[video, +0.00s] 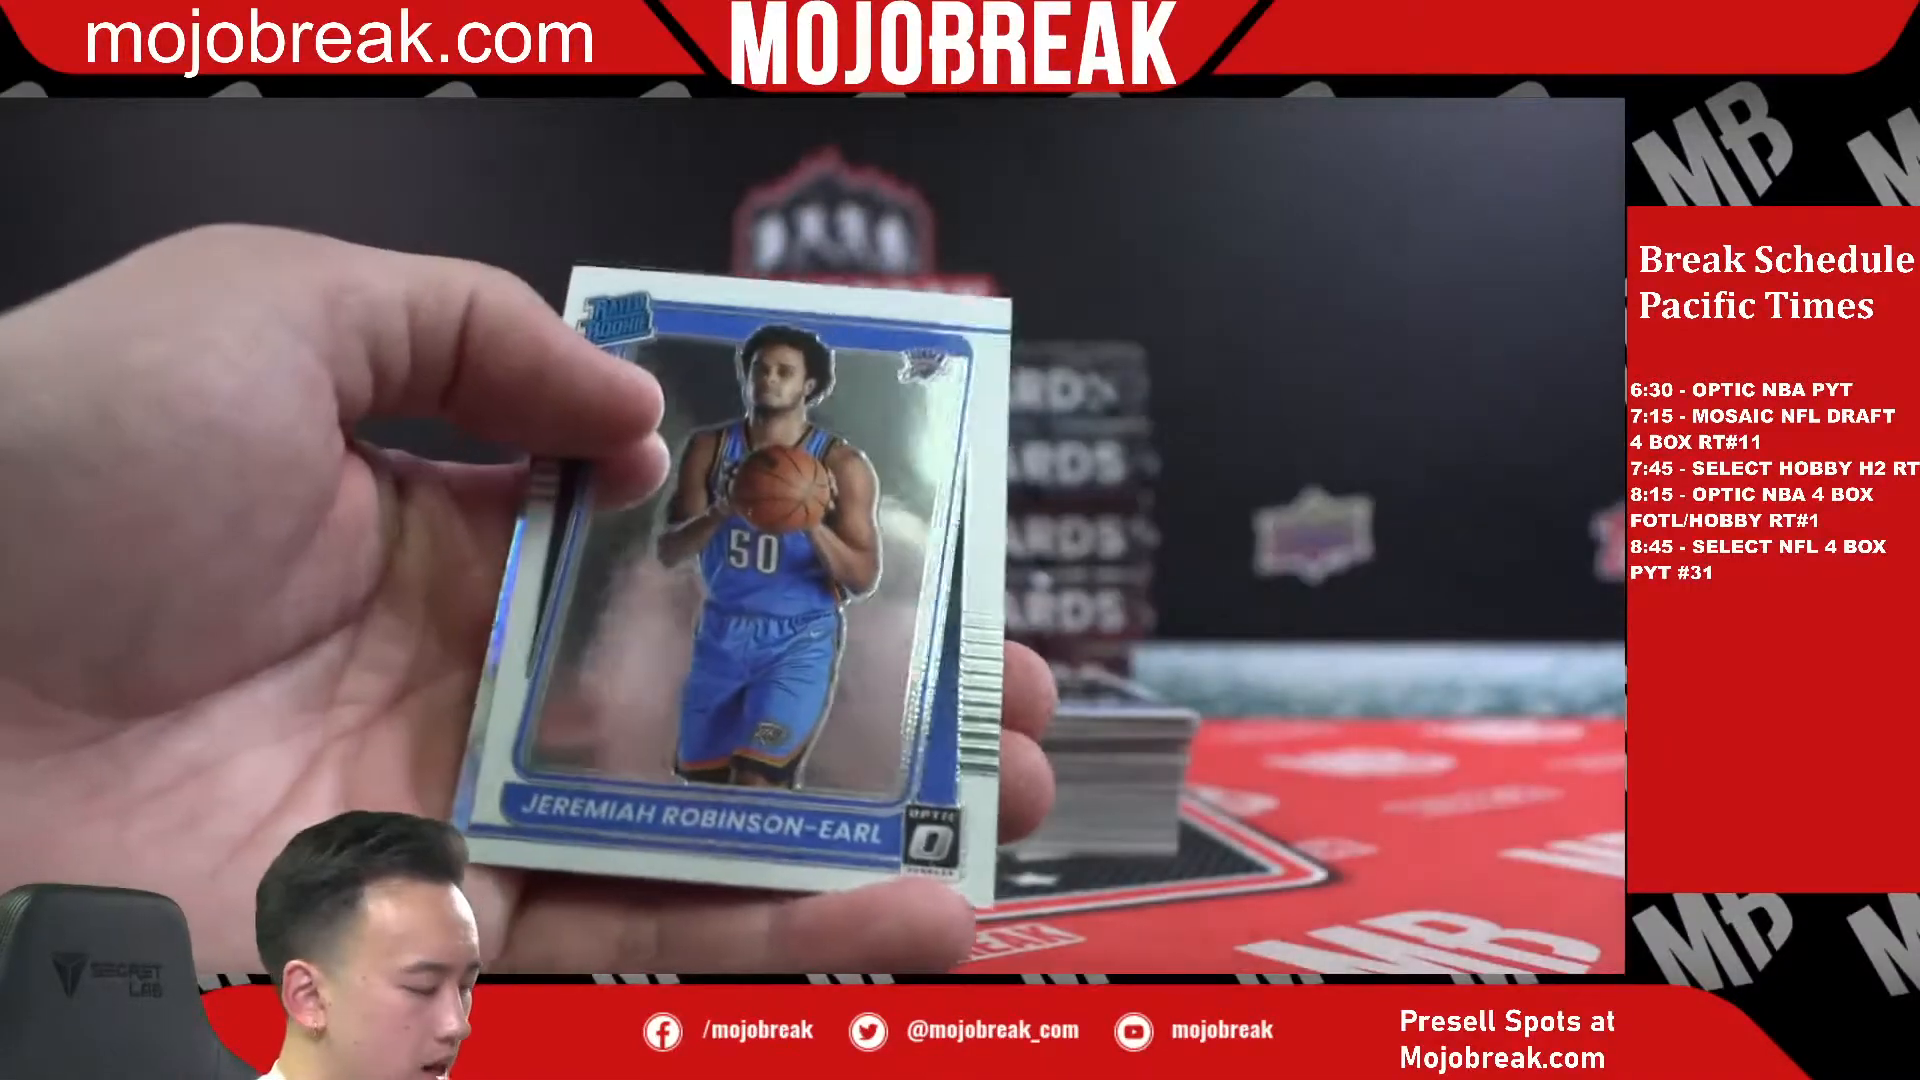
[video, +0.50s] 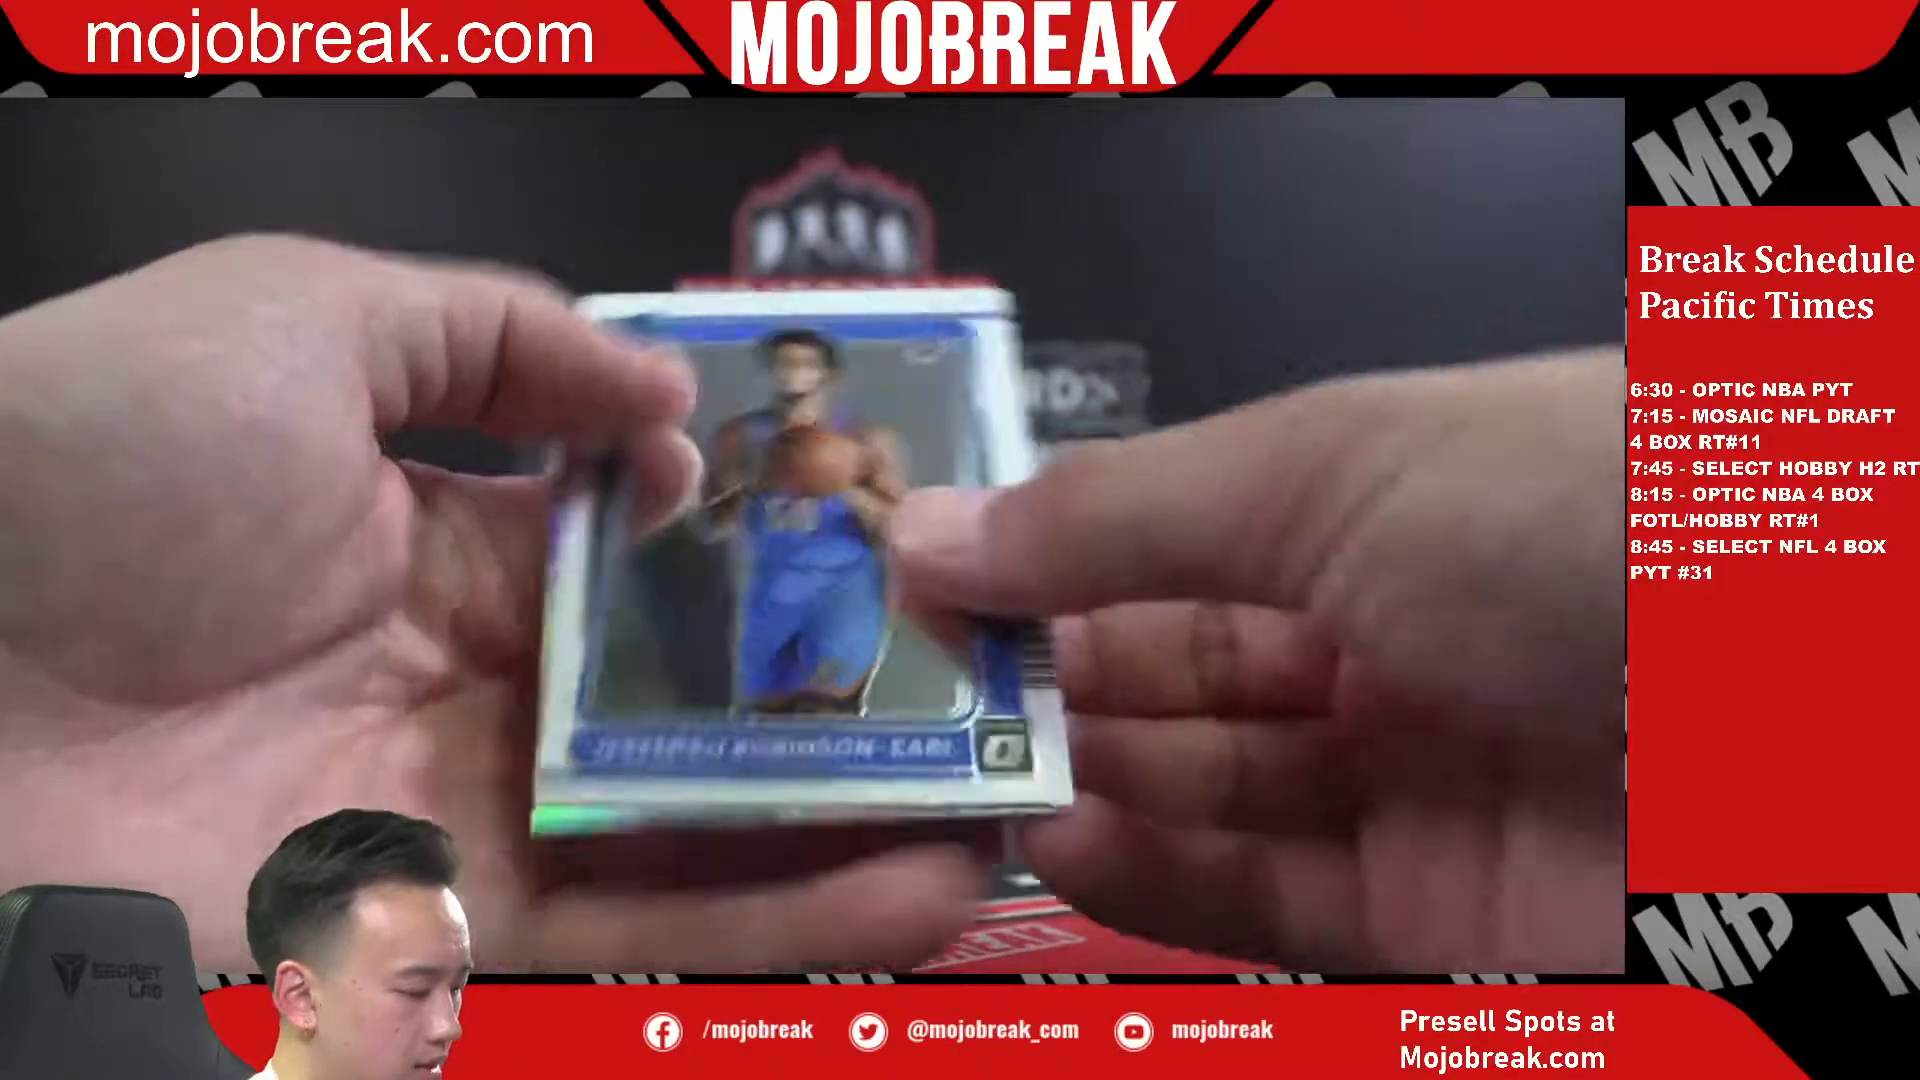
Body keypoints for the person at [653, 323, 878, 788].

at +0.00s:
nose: (769, 379)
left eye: (784, 371)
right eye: (760, 368)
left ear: (812, 388)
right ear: (746, 377)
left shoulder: (845, 466)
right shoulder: (708, 448)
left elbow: (863, 576)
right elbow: (668, 552)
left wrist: (815, 524)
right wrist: (721, 511)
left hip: (802, 643)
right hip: (721, 637)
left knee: (753, 786)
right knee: (700, 793)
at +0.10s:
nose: (784, 373)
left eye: (800, 365)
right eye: (776, 362)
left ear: (827, 382)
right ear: (762, 372)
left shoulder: (861, 458)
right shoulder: (724, 441)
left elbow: (880, 569)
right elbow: (684, 545)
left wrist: (832, 517)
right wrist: (737, 505)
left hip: (819, 636)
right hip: (736, 629)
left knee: (770, 780)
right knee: (718, 787)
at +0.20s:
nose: (778, 364)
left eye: (793, 356)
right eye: (770, 353)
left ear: (820, 372)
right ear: (758, 362)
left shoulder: (857, 447)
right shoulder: (721, 433)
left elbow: (880, 552)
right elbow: (684, 536)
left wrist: (831, 505)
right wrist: (736, 494)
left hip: (821, 619)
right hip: (739, 615)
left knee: (780, 761)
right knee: (726, 768)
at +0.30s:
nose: (768, 368)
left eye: (782, 359)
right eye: (759, 358)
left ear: (808, 373)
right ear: (747, 368)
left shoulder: (848, 445)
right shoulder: (714, 435)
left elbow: (876, 548)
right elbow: (683, 537)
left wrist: (826, 501)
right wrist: (732, 494)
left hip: (819, 615)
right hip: (738, 615)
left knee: (785, 754)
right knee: (732, 763)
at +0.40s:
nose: (770, 376)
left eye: (784, 367)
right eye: (762, 367)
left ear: (812, 379)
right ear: (751, 378)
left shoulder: (853, 450)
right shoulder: (719, 447)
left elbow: (880, 548)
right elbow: (690, 544)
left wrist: (831, 505)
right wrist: (737, 501)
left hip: (825, 614)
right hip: (747, 616)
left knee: (796, 754)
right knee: (741, 760)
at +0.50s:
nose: (793, 377)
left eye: (805, 365)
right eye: (784, 365)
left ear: (827, 376)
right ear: (772, 372)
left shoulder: (864, 443)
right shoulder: (741, 439)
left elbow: (898, 527)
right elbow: (707, 528)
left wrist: (849, 492)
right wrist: (742, 492)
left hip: (847, 589)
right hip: (771, 591)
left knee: (827, 707)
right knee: (760, 717)